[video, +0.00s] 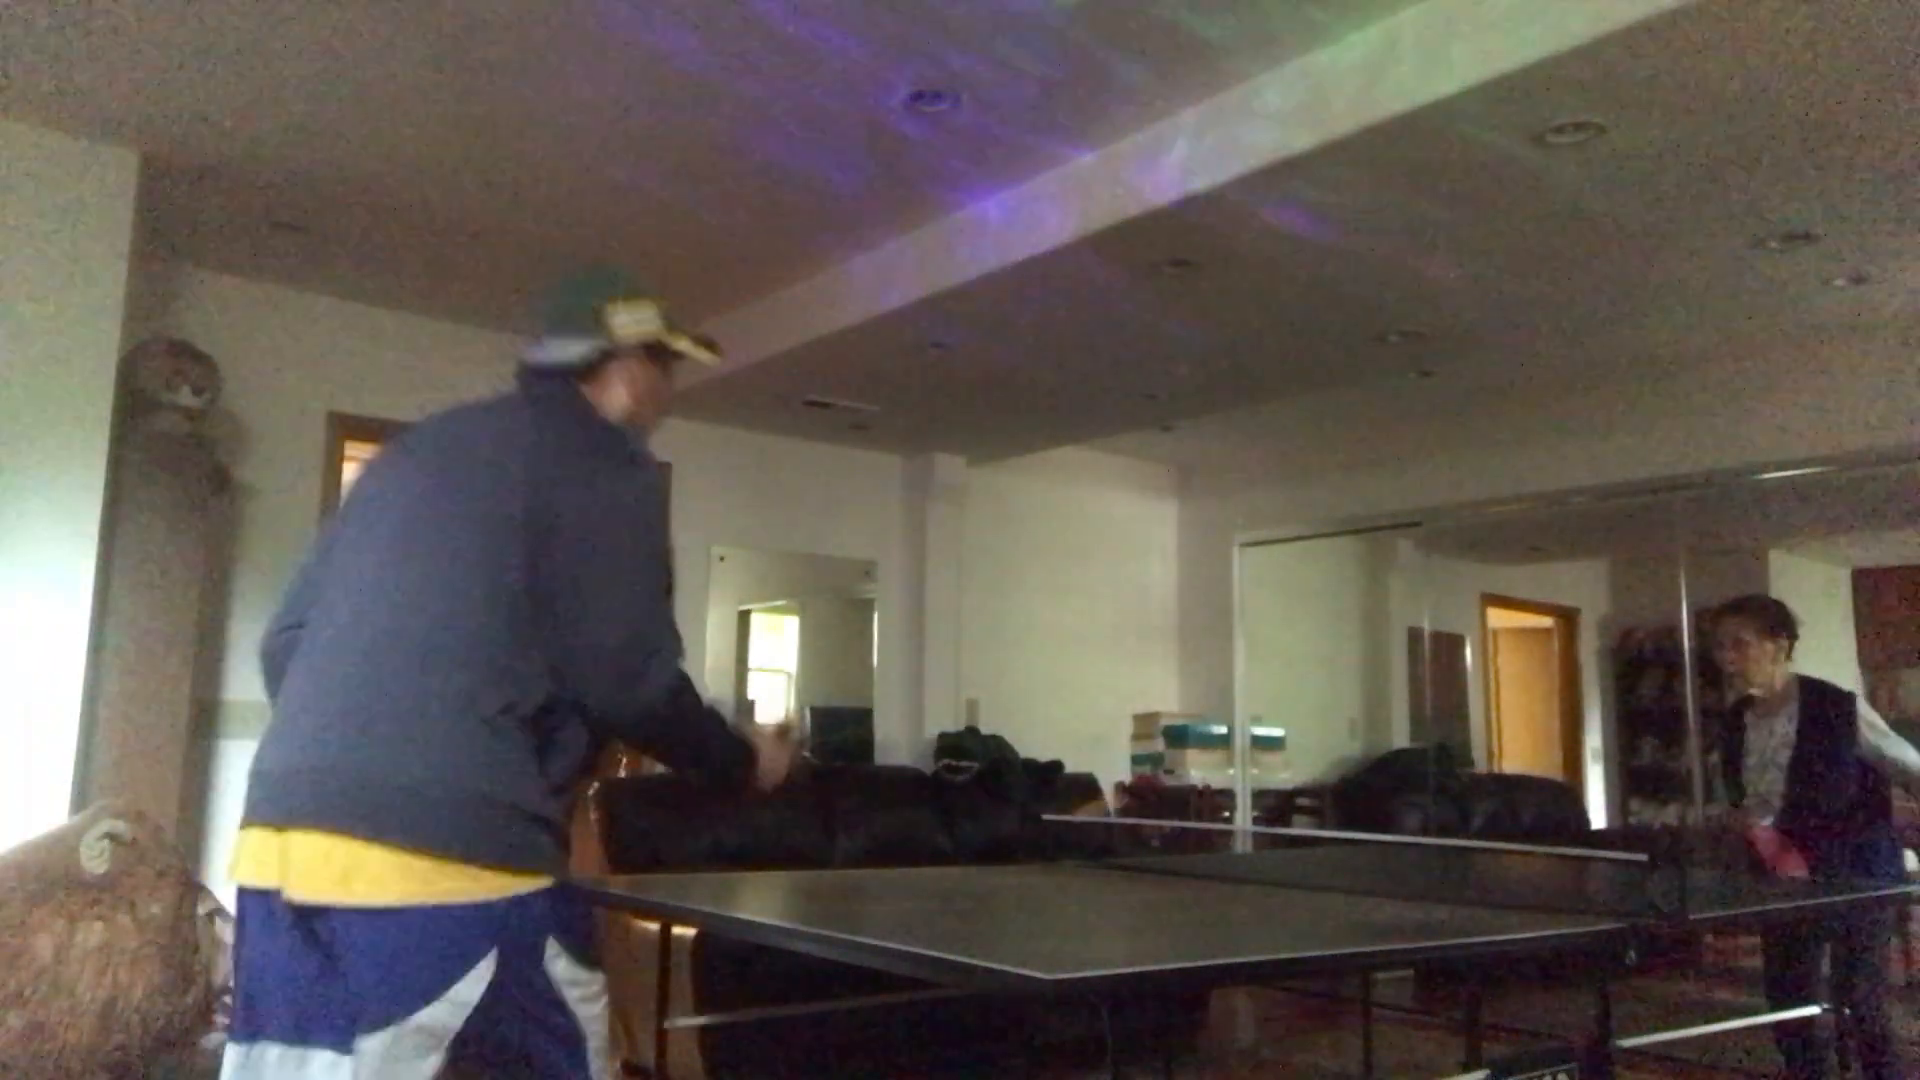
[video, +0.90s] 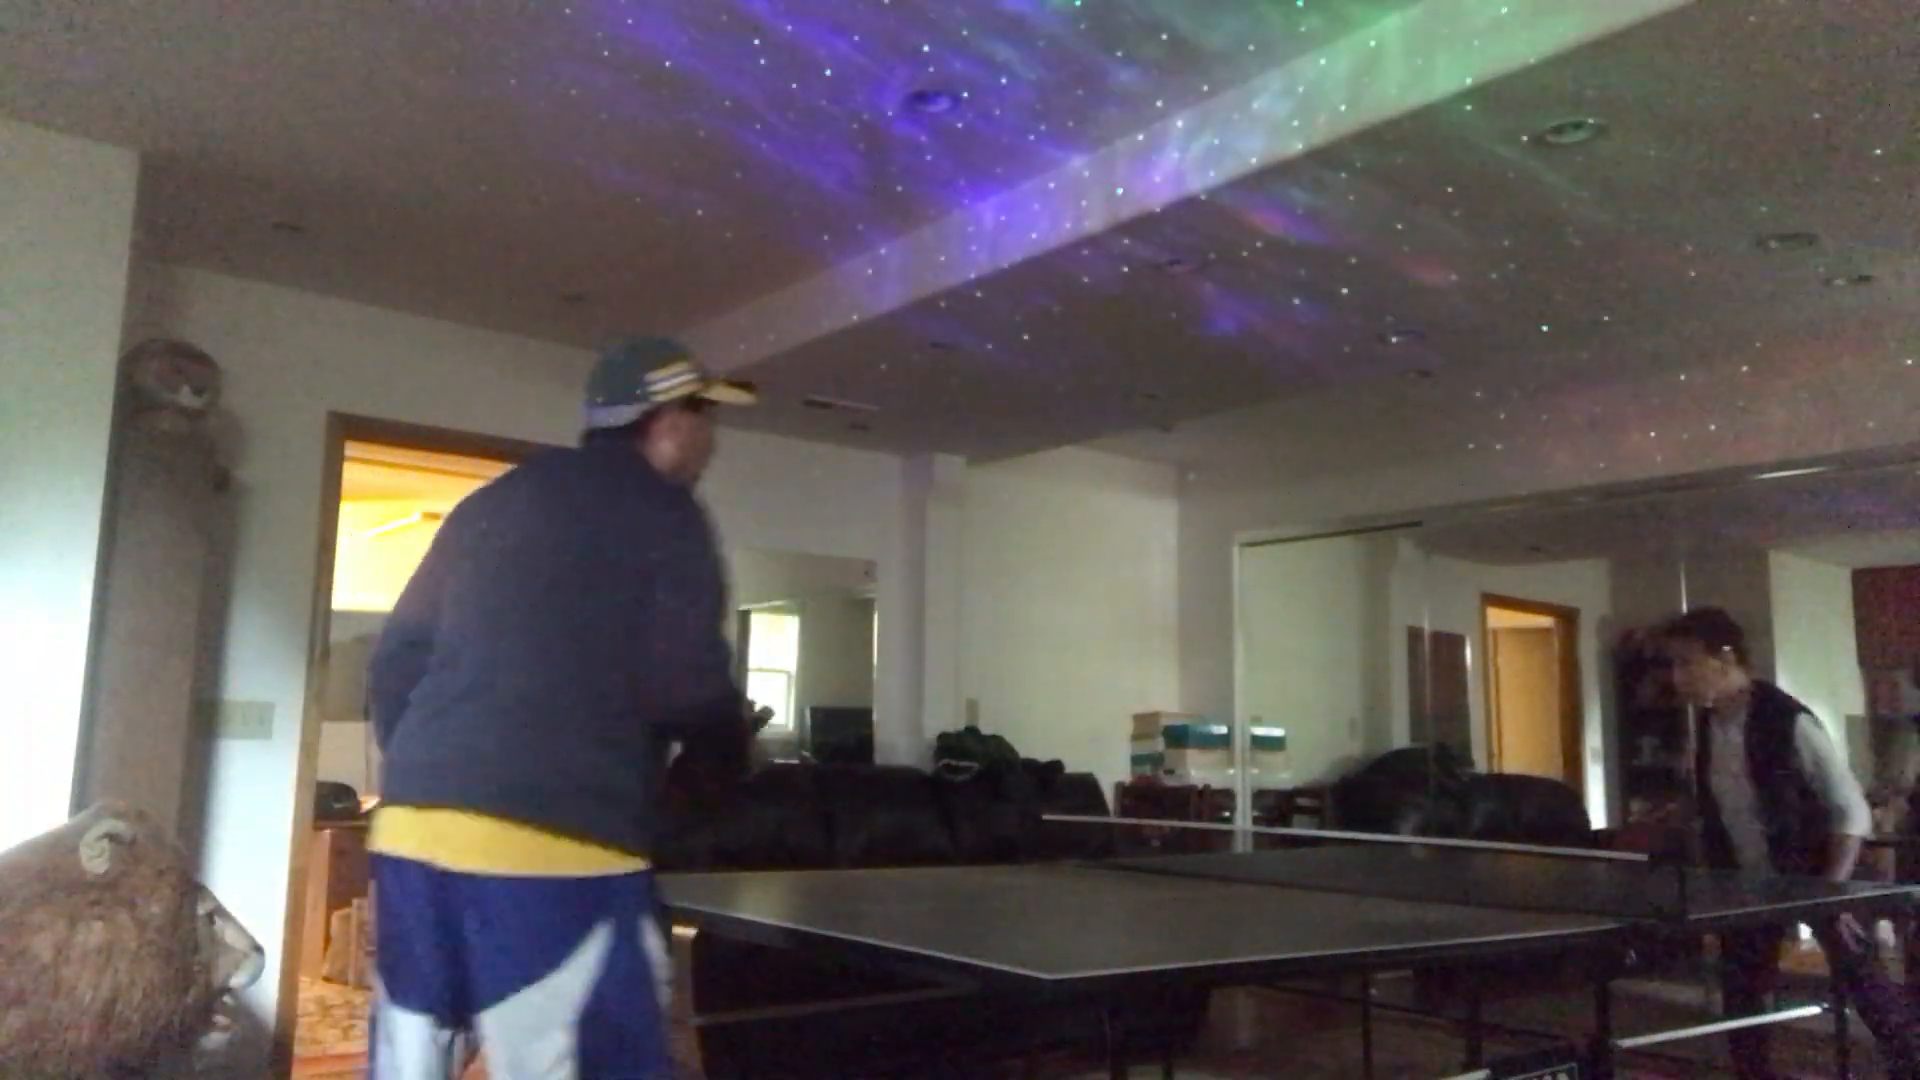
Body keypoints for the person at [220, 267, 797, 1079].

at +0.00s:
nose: (668, 396)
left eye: (670, 374)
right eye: (664, 371)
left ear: (546, 359)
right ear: (624, 366)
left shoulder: (413, 447)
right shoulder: (607, 465)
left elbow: (288, 635)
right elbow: (625, 681)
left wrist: (359, 767)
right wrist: (744, 759)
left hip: (280, 855)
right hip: (452, 865)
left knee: (283, 1065)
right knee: (564, 1059)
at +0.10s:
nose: (700, 446)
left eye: (704, 425)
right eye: (697, 422)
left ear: (584, 404)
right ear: (659, 418)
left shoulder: (448, 470)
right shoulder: (657, 515)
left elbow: (306, 637)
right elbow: (663, 706)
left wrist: (349, 775)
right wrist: (740, 803)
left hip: (291, 855)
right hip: (473, 872)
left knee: (283, 1068)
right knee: (561, 1066)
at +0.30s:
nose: (761, 509)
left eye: (766, 491)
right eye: (763, 489)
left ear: (661, 456)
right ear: (736, 482)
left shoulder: (529, 478)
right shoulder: (741, 574)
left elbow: (368, 556)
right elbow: (725, 758)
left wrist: (285, 714)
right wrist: (789, 780)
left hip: (389, 845)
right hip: (566, 878)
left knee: (300, 1068)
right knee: (605, 1065)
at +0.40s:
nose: (791, 499)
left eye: (796, 479)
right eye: (792, 478)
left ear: (689, 445)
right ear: (764, 470)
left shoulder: (583, 449)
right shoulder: (767, 563)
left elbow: (456, 443)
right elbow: (725, 704)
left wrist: (305, 588)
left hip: (425, 795)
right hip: (594, 830)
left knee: (370, 1064)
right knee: (625, 1064)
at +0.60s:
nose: (802, 452)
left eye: (806, 434)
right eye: (802, 433)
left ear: (695, 404)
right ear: (770, 428)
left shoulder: (579, 439)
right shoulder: (786, 522)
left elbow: (447, 530)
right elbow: (736, 663)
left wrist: (328, 660)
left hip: (454, 793)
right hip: (613, 832)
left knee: (423, 1052)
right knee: (625, 1065)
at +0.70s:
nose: (781, 437)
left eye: (783, 419)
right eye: (779, 418)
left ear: (671, 404)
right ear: (746, 418)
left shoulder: (545, 459)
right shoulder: (763, 514)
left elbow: (425, 600)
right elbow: (757, 690)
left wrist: (356, 747)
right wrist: (684, 713)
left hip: (458, 799)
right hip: (615, 827)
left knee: (420, 1055)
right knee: (620, 1062)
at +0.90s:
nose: (711, 438)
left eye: (710, 419)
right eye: (704, 418)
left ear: (601, 420)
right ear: (665, 425)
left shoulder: (487, 500)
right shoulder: (668, 515)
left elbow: (396, 654)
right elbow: (687, 684)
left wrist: (421, 774)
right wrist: (730, 732)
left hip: (409, 839)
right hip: (553, 852)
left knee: (407, 1064)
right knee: (587, 1064)